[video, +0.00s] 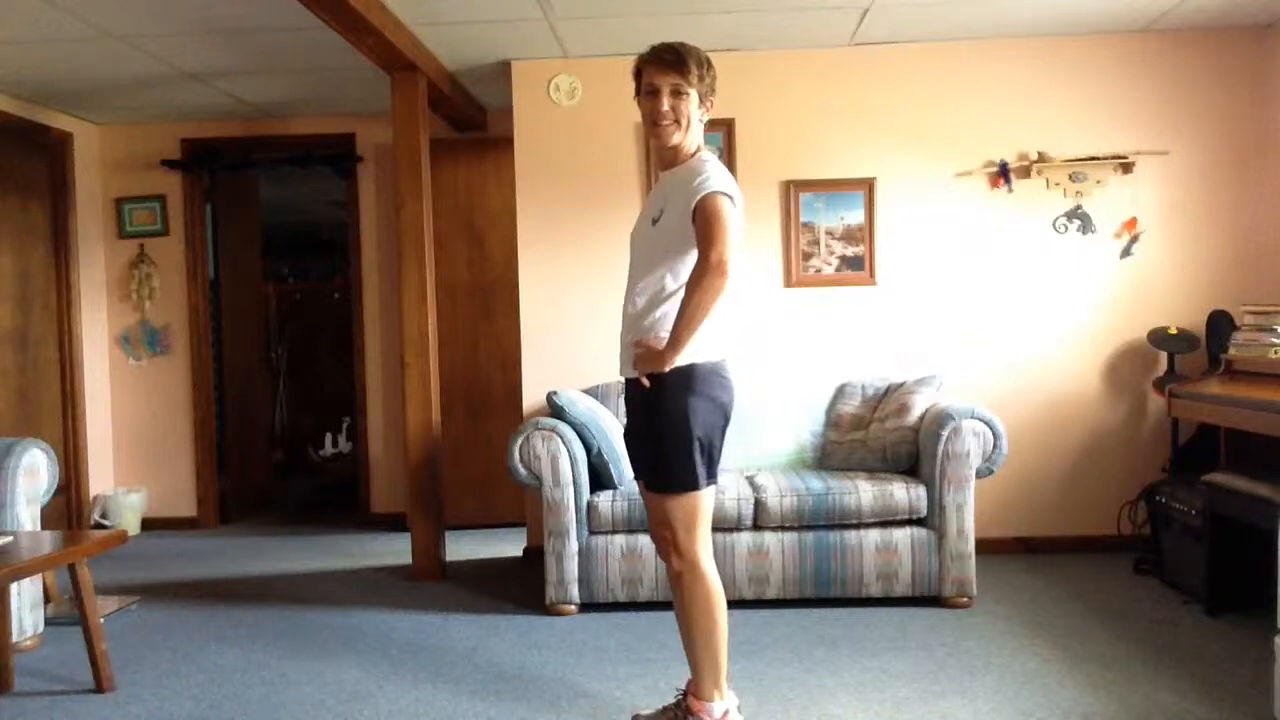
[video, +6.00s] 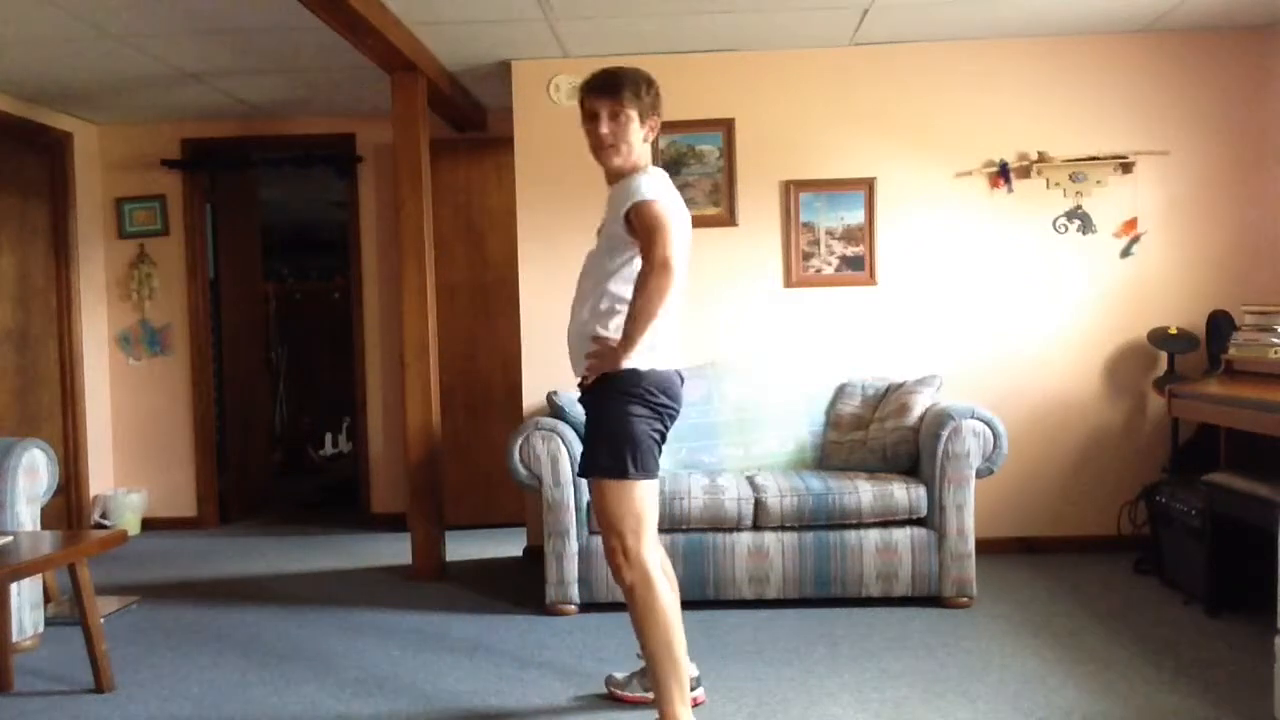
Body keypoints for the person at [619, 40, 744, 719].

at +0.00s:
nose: (661, 106)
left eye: (676, 93)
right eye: (650, 93)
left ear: (702, 103)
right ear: (638, 103)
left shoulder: (705, 176)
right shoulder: (665, 183)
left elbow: (718, 263)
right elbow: (665, 274)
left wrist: (670, 351)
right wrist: (643, 353)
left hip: (680, 380)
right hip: (653, 380)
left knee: (687, 549)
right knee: (673, 547)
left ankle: (713, 699)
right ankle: (706, 693)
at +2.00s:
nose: (625, 127)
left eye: (637, 111)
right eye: (617, 116)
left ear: (676, 109)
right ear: (614, 119)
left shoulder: (686, 174)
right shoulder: (660, 182)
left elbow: (707, 255)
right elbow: (671, 273)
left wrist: (653, 334)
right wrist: (640, 342)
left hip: (691, 374)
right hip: (676, 374)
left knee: (674, 543)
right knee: (669, 541)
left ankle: (711, 696)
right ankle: (703, 679)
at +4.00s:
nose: (445, 566)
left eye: (437, 556)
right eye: (437, 556)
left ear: (455, 531)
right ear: (466, 504)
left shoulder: (520, 526)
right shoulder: (523, 489)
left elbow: (514, 641)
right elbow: (518, 617)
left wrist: (482, 714)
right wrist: (488, 697)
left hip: (718, 521)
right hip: (713, 495)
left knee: (858, 615)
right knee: (854, 598)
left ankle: (1026, 662)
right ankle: (975, 654)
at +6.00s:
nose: (603, 128)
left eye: (618, 116)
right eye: (594, 117)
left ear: (649, 127)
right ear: (584, 127)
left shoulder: (644, 188)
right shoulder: (635, 190)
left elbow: (662, 266)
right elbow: (646, 277)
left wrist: (623, 348)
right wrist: (607, 350)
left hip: (629, 383)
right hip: (627, 381)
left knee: (627, 551)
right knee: (635, 543)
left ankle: (673, 705)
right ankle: (673, 670)